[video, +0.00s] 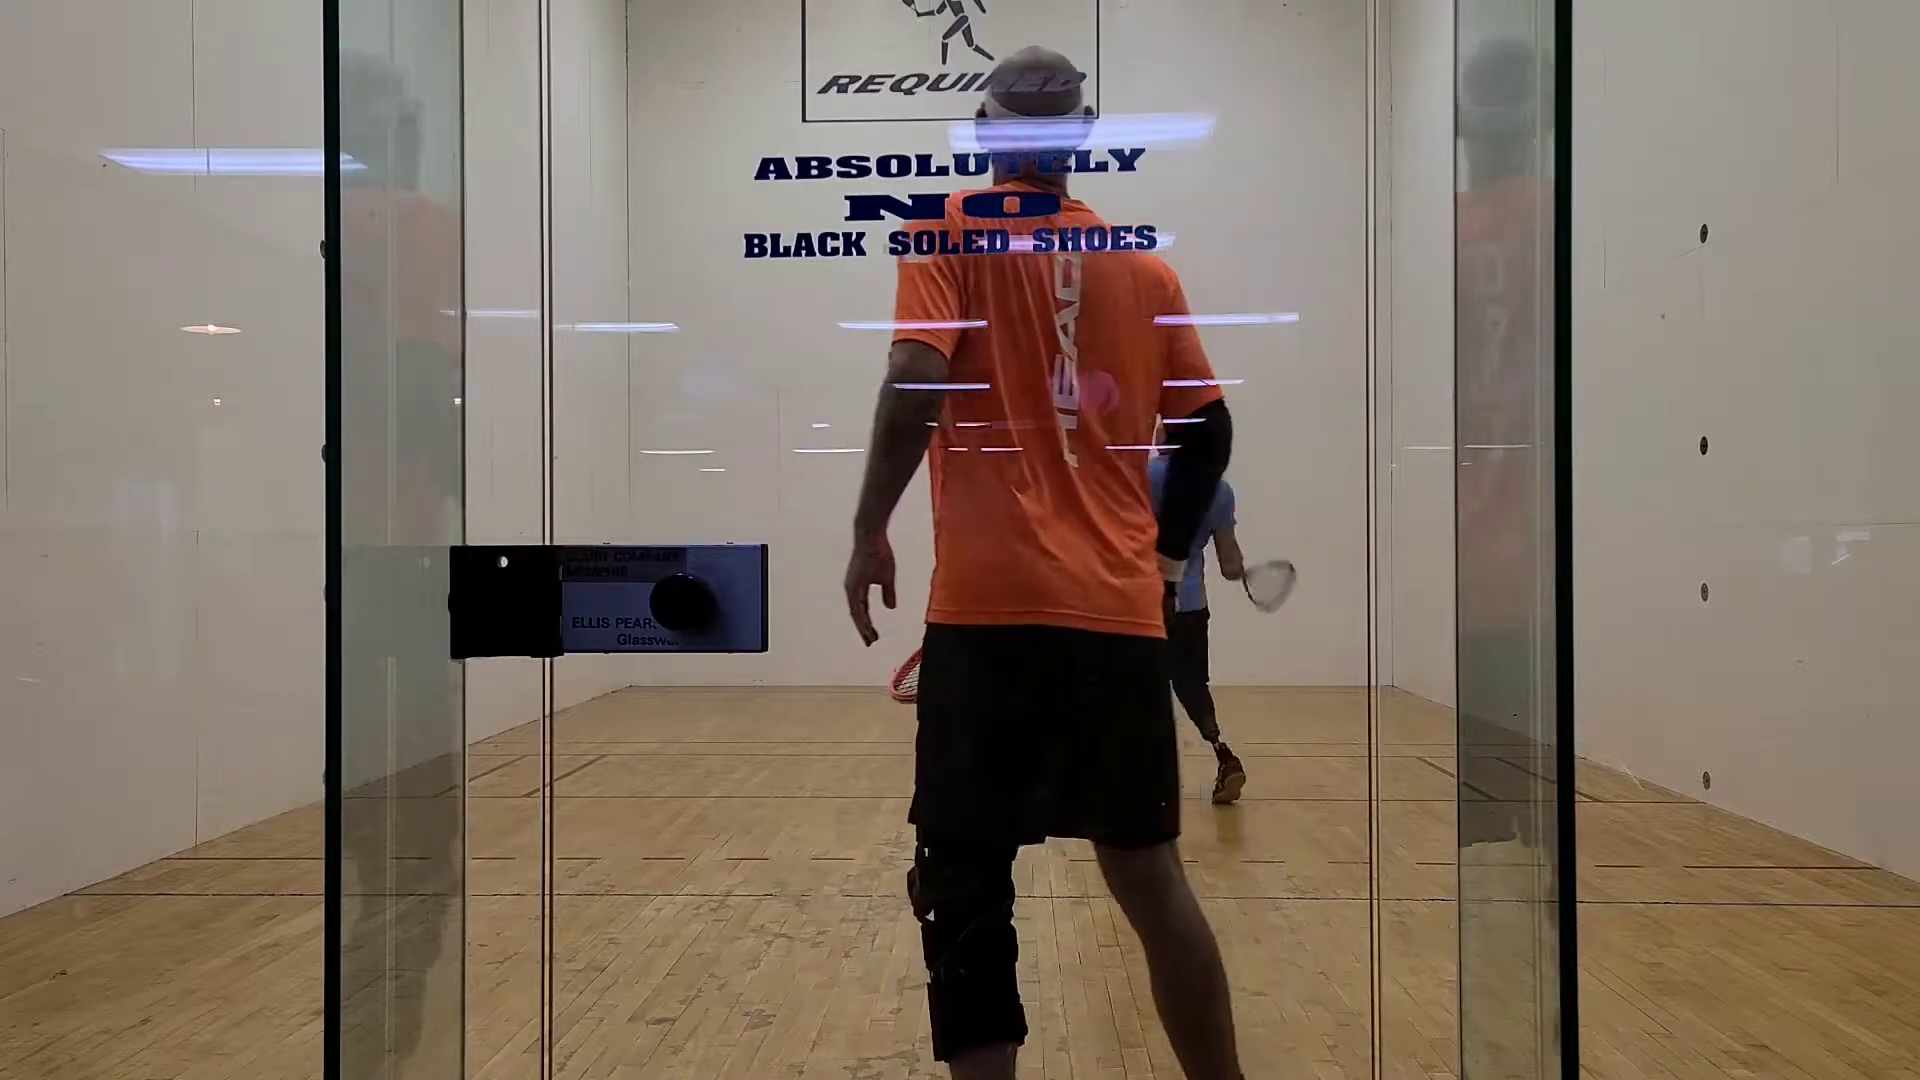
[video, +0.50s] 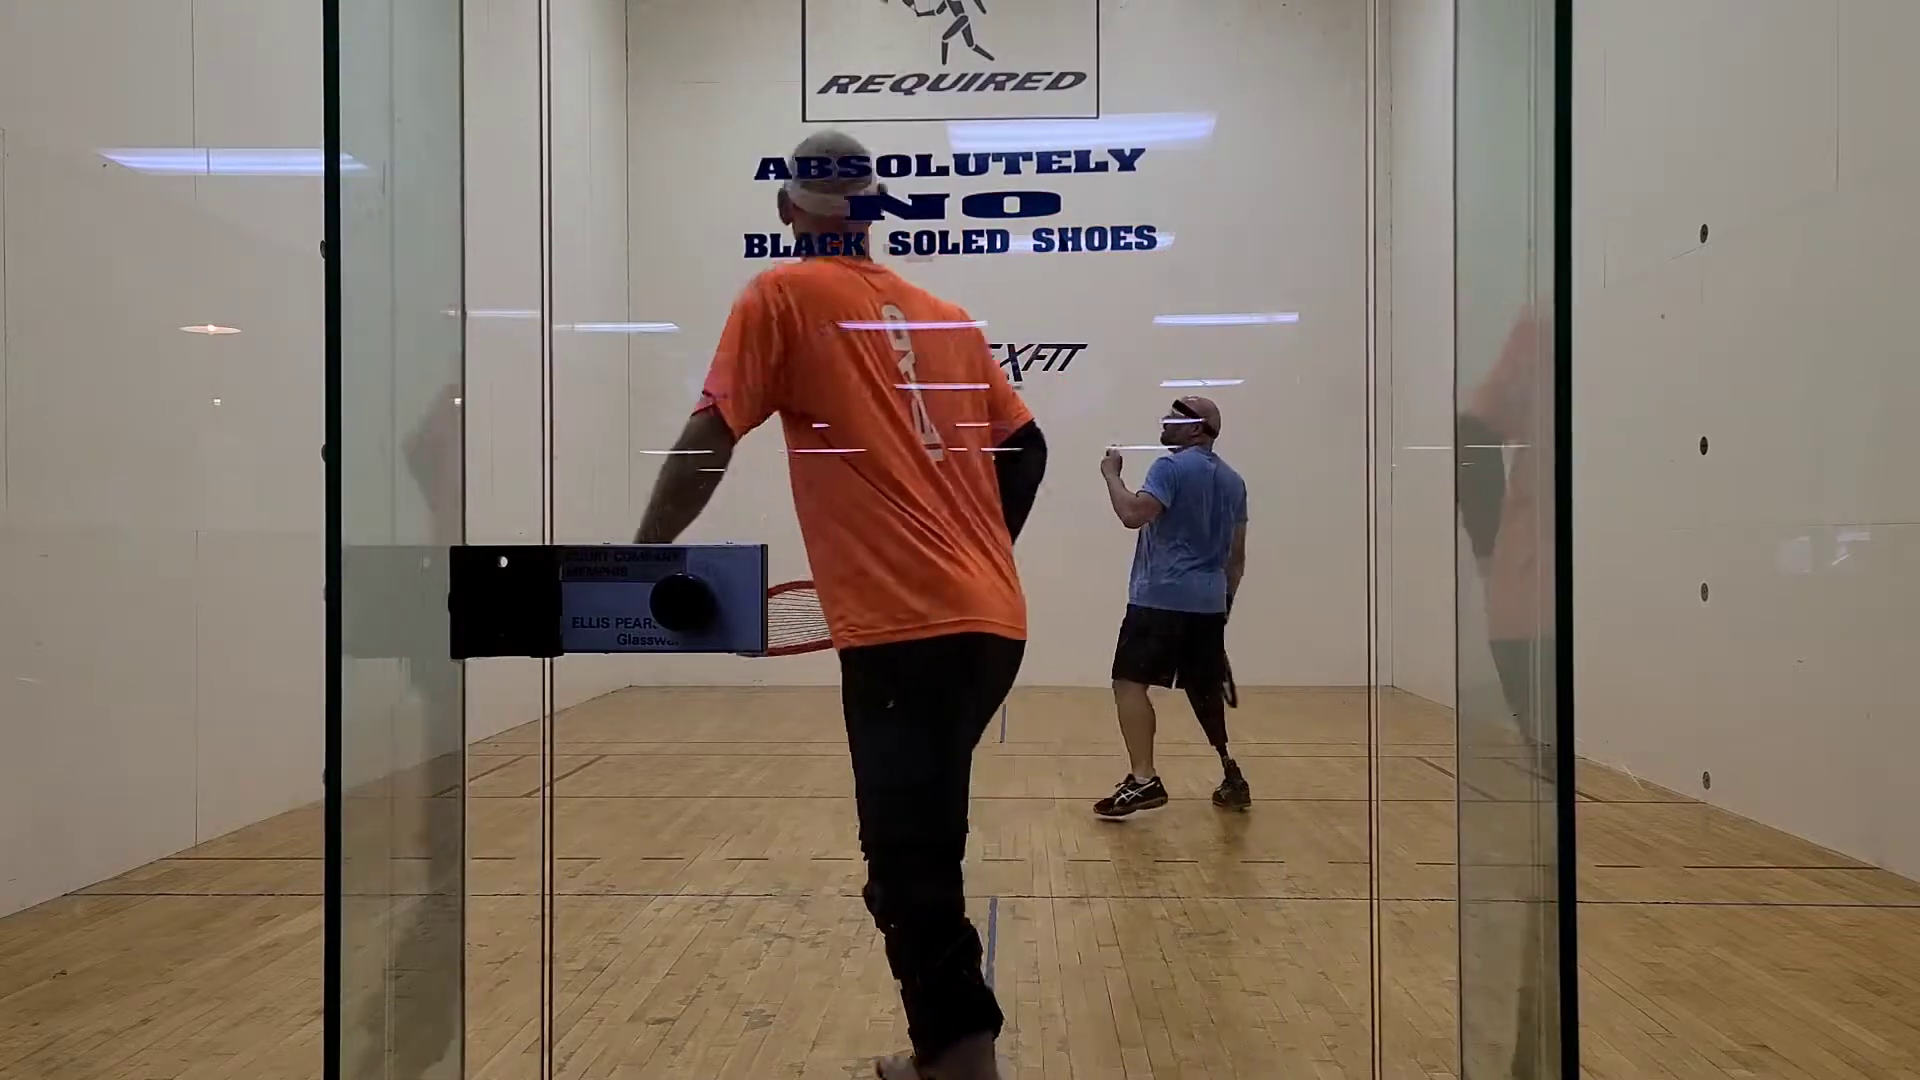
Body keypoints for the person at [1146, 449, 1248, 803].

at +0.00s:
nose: (1158, 434)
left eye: (1161, 429)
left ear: (1164, 435)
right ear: (1208, 443)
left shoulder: (1141, 478)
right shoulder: (1217, 490)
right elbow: (1229, 564)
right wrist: (1242, 570)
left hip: (1140, 603)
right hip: (1189, 607)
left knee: (1142, 699)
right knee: (1192, 685)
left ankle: (1142, 792)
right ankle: (1223, 752)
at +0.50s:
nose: (1165, 421)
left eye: (1174, 415)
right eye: (1168, 413)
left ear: (1198, 428)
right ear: (1206, 433)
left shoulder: (1172, 466)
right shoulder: (1233, 480)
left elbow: (1133, 515)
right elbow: (1235, 556)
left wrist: (1112, 475)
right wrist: (1221, 608)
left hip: (1159, 601)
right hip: (1209, 605)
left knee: (1129, 681)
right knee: (1203, 686)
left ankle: (1143, 780)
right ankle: (1231, 773)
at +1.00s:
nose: (1102, 408)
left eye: (1111, 399)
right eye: (1104, 399)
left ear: (1141, 406)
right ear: (1145, 410)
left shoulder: (1136, 450)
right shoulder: (1175, 449)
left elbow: (1147, 508)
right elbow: (1167, 526)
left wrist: (1101, 532)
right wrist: (1122, 582)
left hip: (1140, 596)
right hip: (1181, 592)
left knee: (1111, 681)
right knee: (1162, 679)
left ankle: (1140, 790)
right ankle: (1197, 779)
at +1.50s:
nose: (1071, 400)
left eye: (1075, 392)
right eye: (1074, 391)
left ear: (1087, 392)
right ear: (1122, 399)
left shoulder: (1075, 438)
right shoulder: (1152, 450)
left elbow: (1050, 505)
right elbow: (1165, 537)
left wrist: (1023, 512)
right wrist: (1147, 582)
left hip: (1083, 600)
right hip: (1141, 599)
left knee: (1067, 698)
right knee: (1139, 692)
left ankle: (1095, 817)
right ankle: (1176, 802)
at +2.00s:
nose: (1088, 408)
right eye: (1091, 399)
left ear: (1044, 399)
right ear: (1096, 402)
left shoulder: (1002, 448)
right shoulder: (1114, 454)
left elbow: (956, 521)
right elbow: (1133, 546)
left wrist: (999, 546)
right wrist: (1148, 613)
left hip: (1011, 612)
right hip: (1088, 613)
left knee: (997, 729)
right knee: (1118, 717)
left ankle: (987, 859)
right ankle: (1154, 843)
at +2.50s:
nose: (1206, 412)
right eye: (1208, 403)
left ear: (1153, 402)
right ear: (1209, 405)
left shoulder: (1101, 455)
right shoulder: (1210, 462)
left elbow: (1039, 531)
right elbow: (1240, 562)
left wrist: (1056, 595)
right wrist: (1271, 620)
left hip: (1077, 639)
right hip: (1142, 649)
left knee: (1115, 761)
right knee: (1143, 794)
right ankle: (1034, 891)